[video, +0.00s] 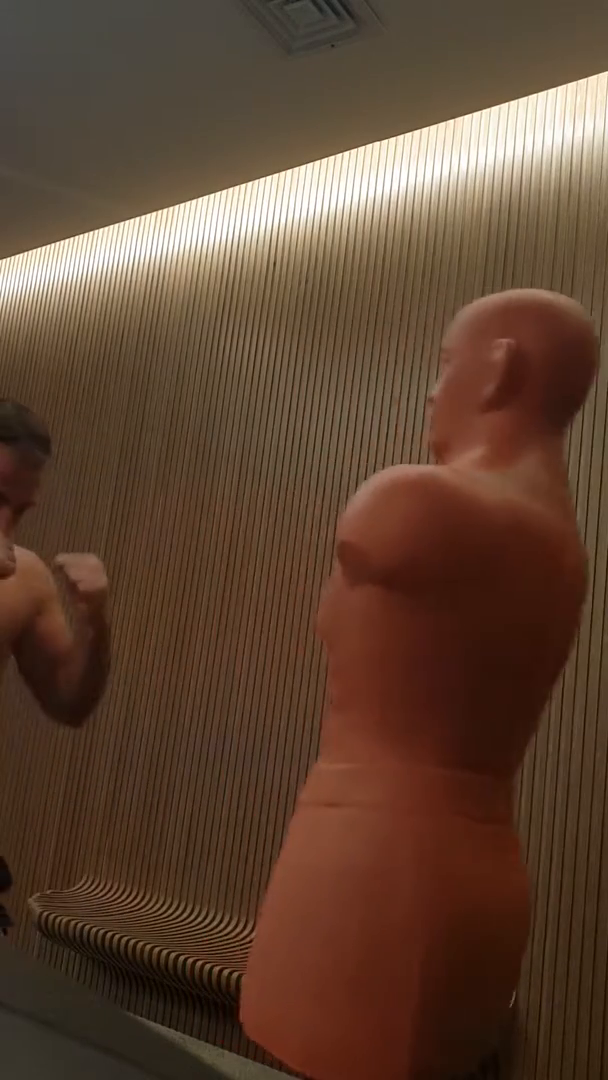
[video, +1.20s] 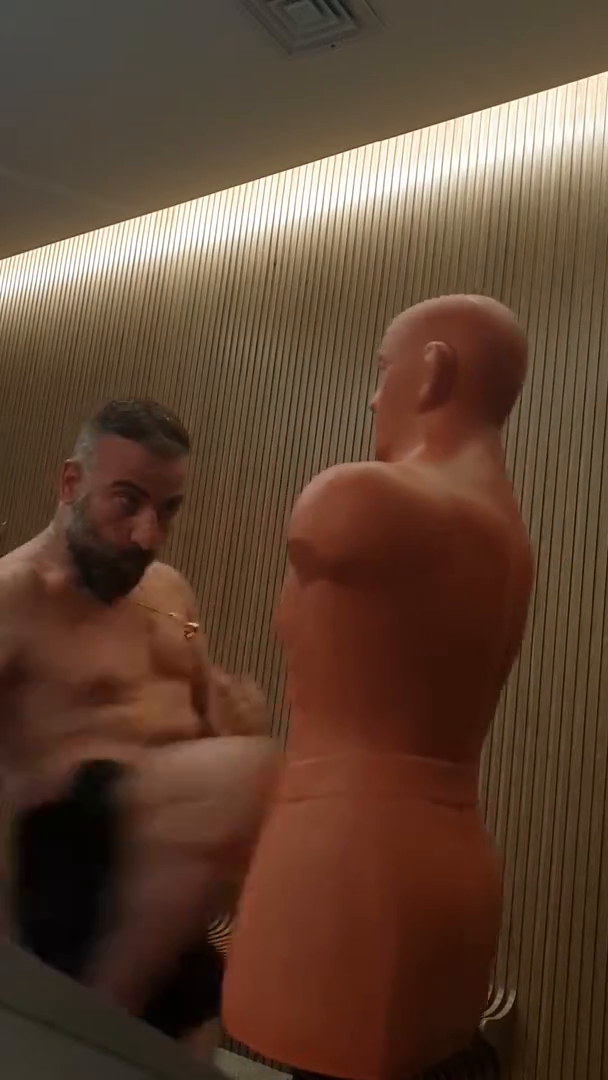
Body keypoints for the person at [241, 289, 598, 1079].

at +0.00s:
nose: (435, 391)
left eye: (447, 365)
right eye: (440, 366)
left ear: (498, 374)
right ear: (559, 400)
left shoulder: (414, 505)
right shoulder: (559, 548)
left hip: (368, 881)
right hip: (477, 871)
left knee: (313, 1063)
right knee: (435, 1065)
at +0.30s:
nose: (333, 411)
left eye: (341, 383)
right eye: (335, 386)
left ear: (390, 380)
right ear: (459, 403)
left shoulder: (318, 502)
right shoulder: (474, 540)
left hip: (319, 860)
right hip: (427, 847)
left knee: (282, 1064)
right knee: (391, 1060)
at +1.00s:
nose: (345, 401)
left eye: (354, 376)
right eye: (347, 378)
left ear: (404, 376)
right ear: (467, 398)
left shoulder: (332, 501)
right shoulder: (479, 528)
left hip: (332, 859)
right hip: (434, 846)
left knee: (293, 1063)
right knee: (404, 1063)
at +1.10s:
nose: (352, 400)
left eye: (362, 374)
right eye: (355, 377)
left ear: (414, 374)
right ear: (476, 397)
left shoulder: (334, 500)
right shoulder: (488, 531)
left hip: (331, 857)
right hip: (437, 847)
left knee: (294, 1061)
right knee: (402, 1062)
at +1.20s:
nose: (373, 396)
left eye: (384, 371)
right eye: (377, 373)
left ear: (437, 374)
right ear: (492, 396)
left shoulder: (354, 502)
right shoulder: (505, 534)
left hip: (342, 861)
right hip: (449, 852)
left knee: (290, 1064)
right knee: (415, 1064)